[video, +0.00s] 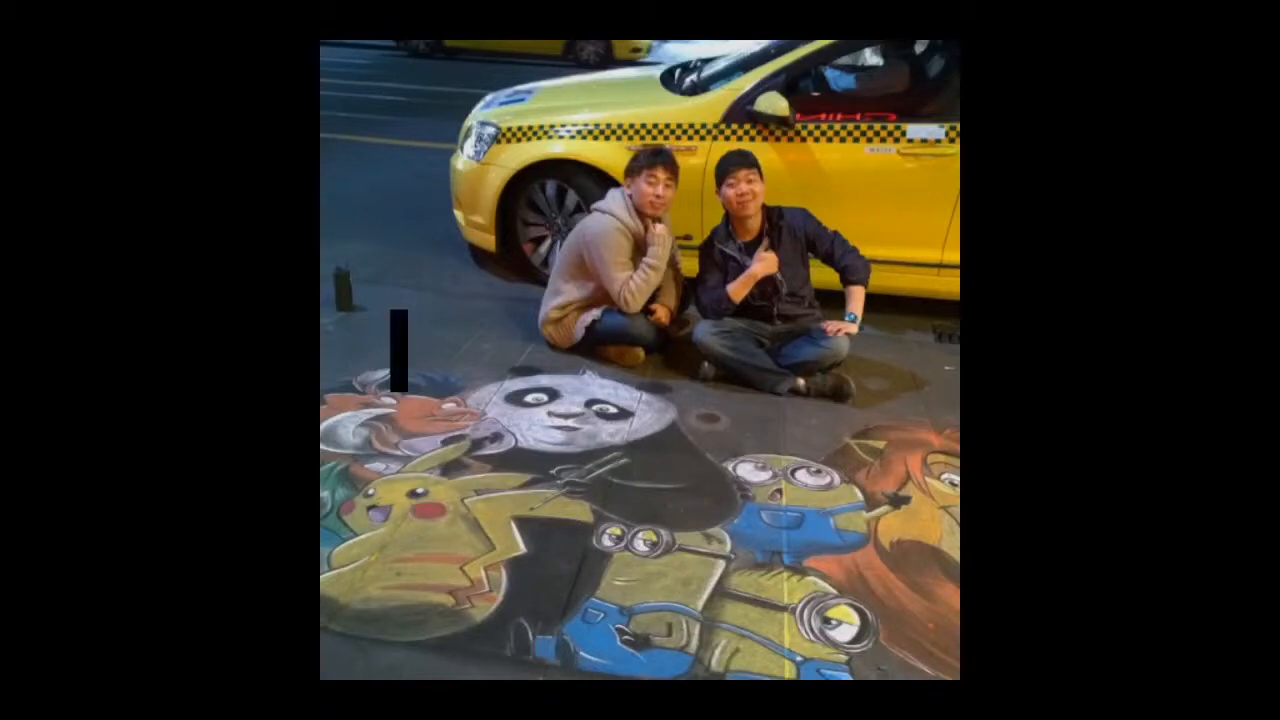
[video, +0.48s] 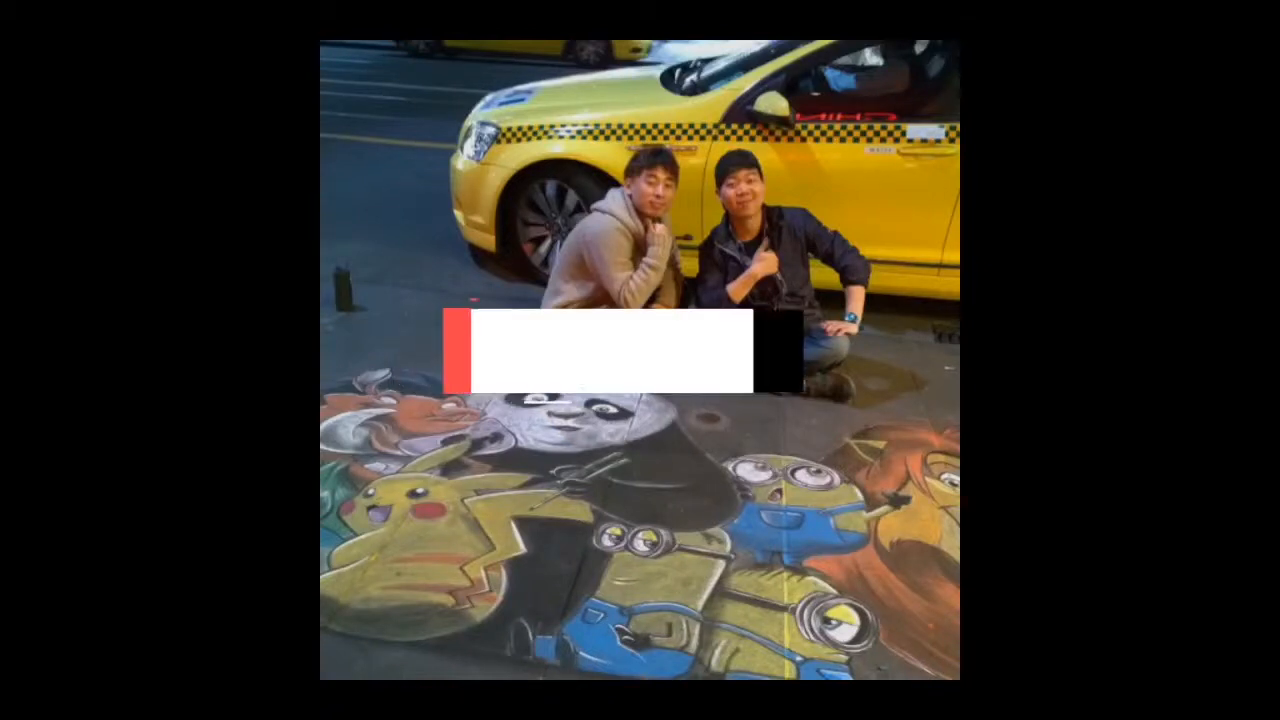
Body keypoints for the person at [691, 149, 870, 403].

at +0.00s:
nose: (743, 190)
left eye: (750, 181)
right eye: (732, 185)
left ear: (763, 187)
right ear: (720, 195)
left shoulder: (795, 222)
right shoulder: (714, 246)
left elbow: (853, 262)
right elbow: (709, 309)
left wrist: (851, 319)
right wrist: (753, 274)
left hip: (799, 327)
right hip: (747, 327)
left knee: (837, 344)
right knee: (704, 334)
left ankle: (733, 372)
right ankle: (799, 386)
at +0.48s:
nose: (743, 191)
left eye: (750, 181)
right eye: (732, 185)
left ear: (763, 187)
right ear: (720, 195)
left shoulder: (795, 222)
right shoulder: (713, 246)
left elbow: (853, 262)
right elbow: (708, 307)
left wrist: (851, 319)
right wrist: (752, 275)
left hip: (799, 324)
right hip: (743, 329)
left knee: (837, 344)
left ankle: (751, 372)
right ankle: (806, 387)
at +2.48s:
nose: (743, 190)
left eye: (750, 181)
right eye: (732, 184)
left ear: (763, 184)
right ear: (721, 192)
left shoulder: (791, 220)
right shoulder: (716, 230)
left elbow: (853, 262)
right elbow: (707, 303)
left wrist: (851, 319)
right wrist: (751, 276)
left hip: (800, 325)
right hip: (747, 324)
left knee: (837, 345)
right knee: (708, 333)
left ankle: (732, 371)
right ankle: (798, 386)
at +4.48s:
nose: (743, 191)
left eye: (750, 181)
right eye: (732, 185)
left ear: (763, 187)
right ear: (720, 195)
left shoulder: (795, 222)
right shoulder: (714, 246)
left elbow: (853, 263)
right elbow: (710, 310)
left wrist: (849, 321)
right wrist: (753, 274)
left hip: (800, 329)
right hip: (747, 329)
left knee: (838, 346)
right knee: (704, 334)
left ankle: (733, 372)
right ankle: (797, 386)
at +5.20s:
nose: (742, 190)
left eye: (750, 181)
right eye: (732, 184)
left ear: (763, 187)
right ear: (720, 195)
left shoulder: (795, 222)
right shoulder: (713, 245)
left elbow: (853, 262)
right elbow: (709, 301)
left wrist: (852, 320)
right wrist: (753, 273)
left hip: (799, 329)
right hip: (744, 333)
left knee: (837, 346)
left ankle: (749, 370)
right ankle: (799, 386)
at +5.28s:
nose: (743, 190)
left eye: (750, 181)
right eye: (733, 184)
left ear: (763, 186)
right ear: (720, 191)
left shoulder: (792, 221)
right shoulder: (713, 231)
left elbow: (853, 262)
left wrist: (851, 320)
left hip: (792, 326)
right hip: (735, 331)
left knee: (839, 344)